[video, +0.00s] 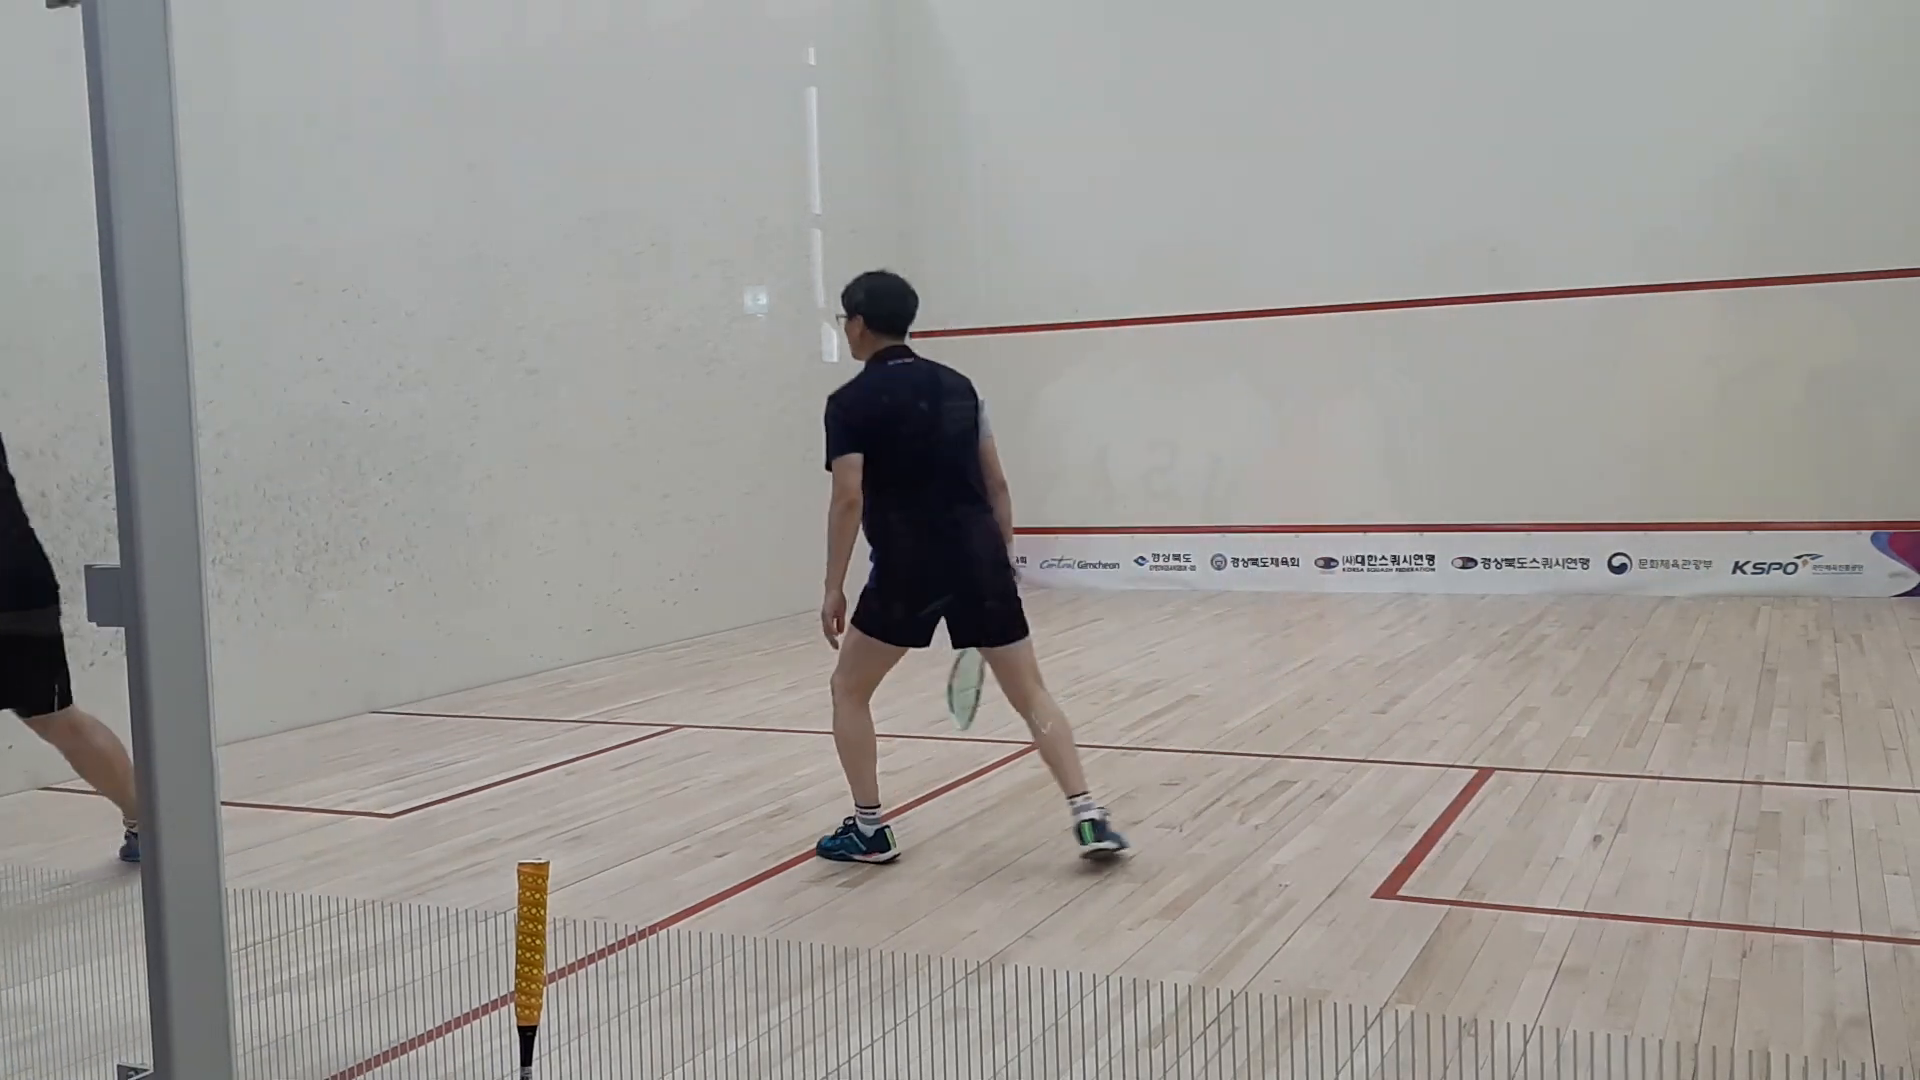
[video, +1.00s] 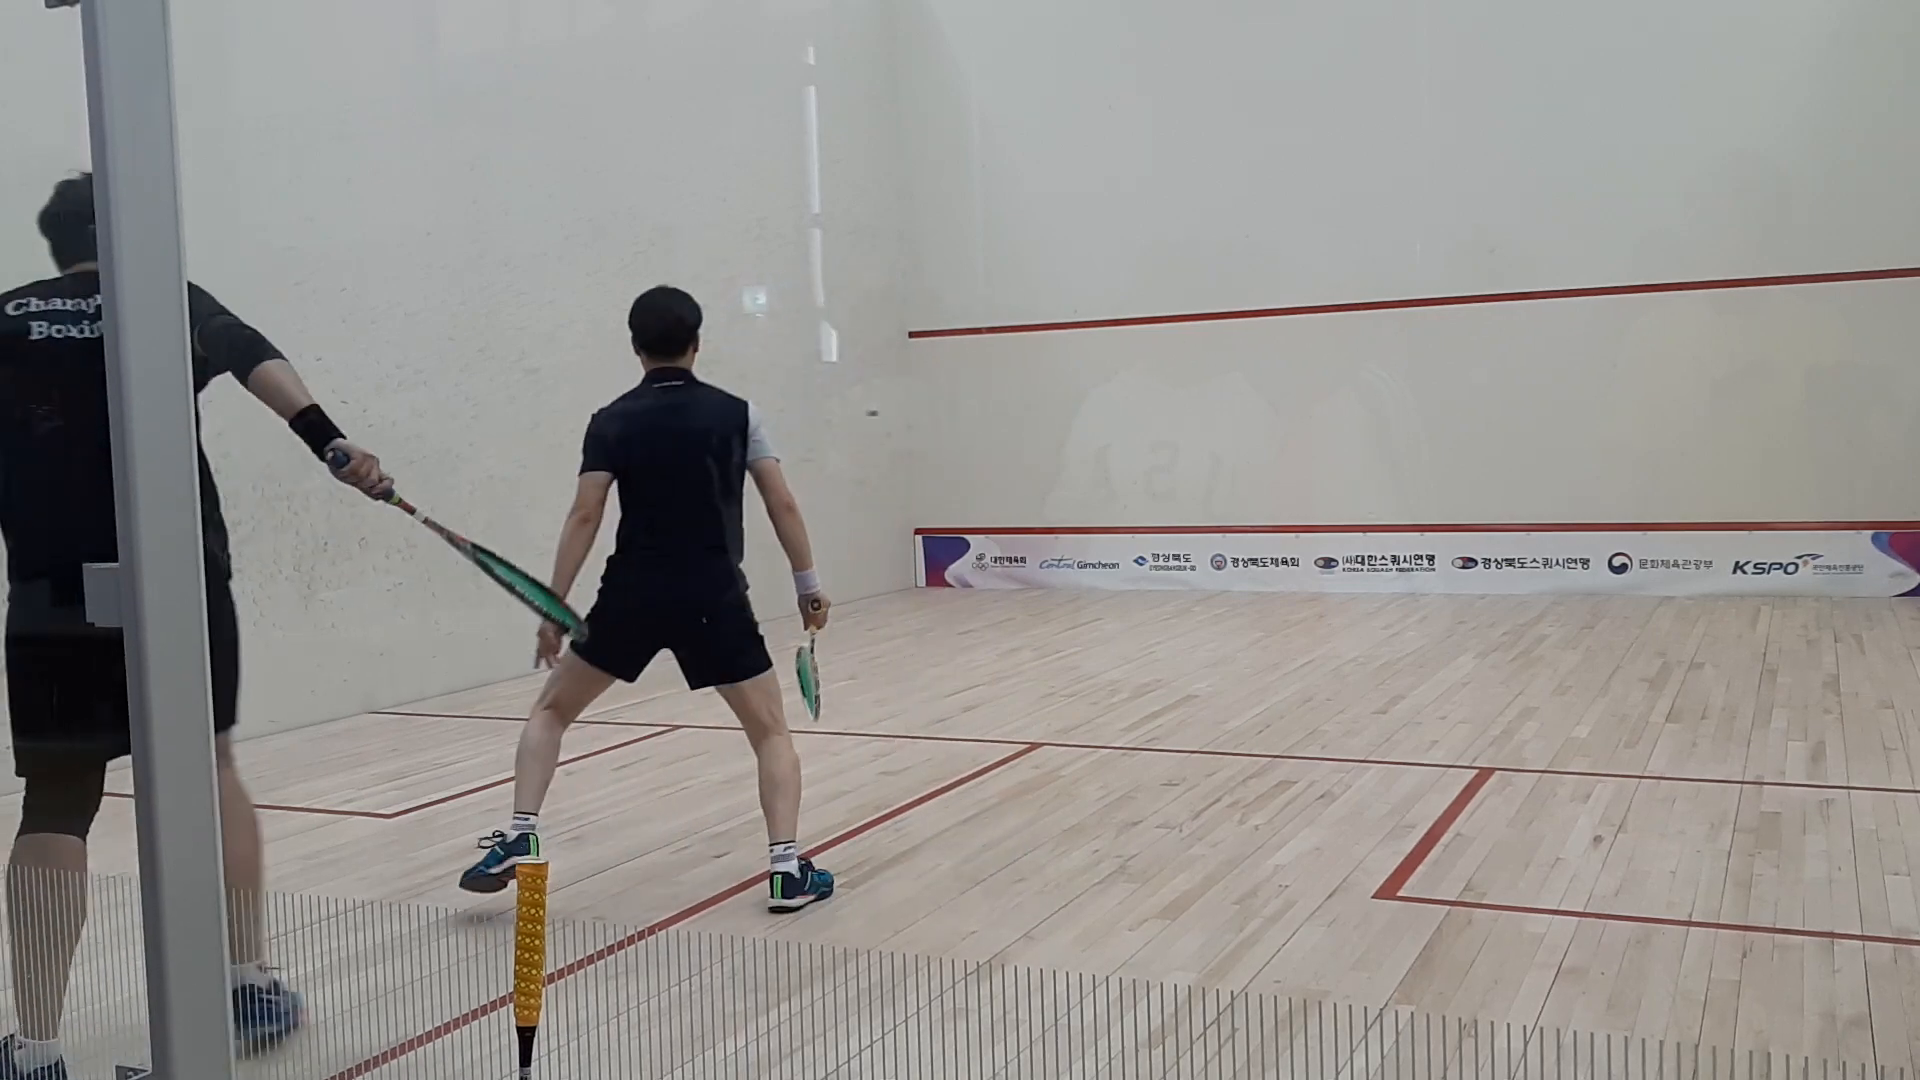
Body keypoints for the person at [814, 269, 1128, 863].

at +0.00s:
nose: (844, 329)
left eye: (846, 320)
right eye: (846, 320)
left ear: (860, 326)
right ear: (905, 323)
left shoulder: (850, 402)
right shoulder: (955, 384)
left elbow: (848, 498)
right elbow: (994, 482)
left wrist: (834, 586)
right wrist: (1000, 557)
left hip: (907, 574)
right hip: (982, 563)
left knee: (850, 689)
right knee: (1033, 696)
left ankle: (868, 824)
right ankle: (1087, 812)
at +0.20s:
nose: (814, 301)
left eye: (816, 291)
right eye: (815, 290)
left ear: (833, 296)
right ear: (875, 293)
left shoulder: (831, 368)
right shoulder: (931, 357)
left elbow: (841, 465)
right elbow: (968, 458)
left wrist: (834, 560)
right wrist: (967, 532)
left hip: (871, 546)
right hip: (945, 542)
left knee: (816, 671)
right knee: (976, 685)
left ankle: (806, 809)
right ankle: (1008, 816)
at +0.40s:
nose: (774, 331)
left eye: (774, 322)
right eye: (778, 321)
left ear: (783, 326)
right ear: (837, 322)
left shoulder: (772, 400)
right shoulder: (886, 389)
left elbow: (781, 494)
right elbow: (930, 483)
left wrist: (777, 586)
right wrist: (943, 557)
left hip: (813, 580)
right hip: (893, 574)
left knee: (738, 703)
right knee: (945, 701)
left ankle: (695, 835)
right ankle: (1003, 820)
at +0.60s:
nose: (702, 329)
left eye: (701, 321)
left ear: (702, 327)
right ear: (762, 325)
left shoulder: (676, 404)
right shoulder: (800, 391)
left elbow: (684, 495)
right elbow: (854, 474)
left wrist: (684, 585)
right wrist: (888, 552)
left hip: (731, 581)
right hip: (812, 571)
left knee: (690, 715)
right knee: (886, 695)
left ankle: (692, 847)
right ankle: (951, 820)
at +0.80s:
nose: (719, 287)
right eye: (725, 276)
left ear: (666, 285)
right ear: (729, 283)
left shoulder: (641, 356)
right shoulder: (766, 346)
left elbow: (641, 450)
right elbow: (811, 433)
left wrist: (637, 542)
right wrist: (841, 514)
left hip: (678, 538)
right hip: (761, 533)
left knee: (656, 689)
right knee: (793, 677)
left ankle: (648, 825)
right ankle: (817, 817)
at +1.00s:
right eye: (696, 336)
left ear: (634, 346)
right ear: (696, 344)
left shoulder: (613, 421)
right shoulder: (736, 413)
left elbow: (586, 516)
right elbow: (781, 504)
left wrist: (555, 609)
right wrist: (809, 586)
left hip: (630, 602)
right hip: (717, 604)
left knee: (553, 711)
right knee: (770, 732)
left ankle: (520, 834)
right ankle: (787, 865)